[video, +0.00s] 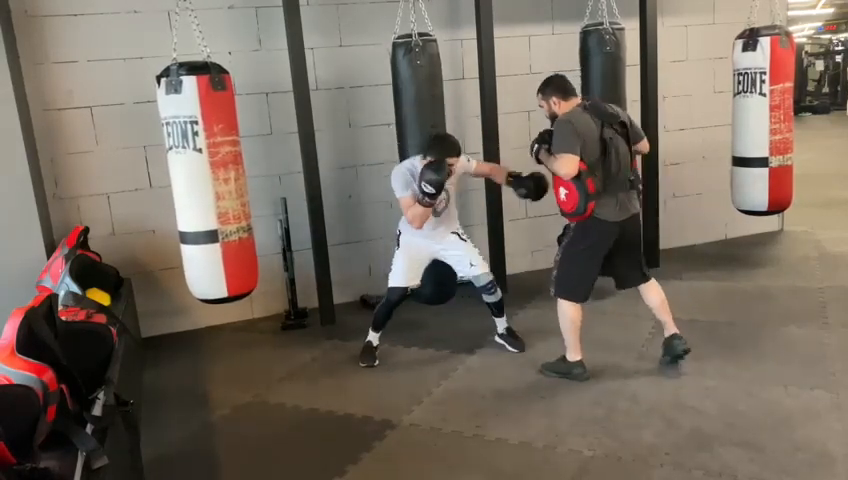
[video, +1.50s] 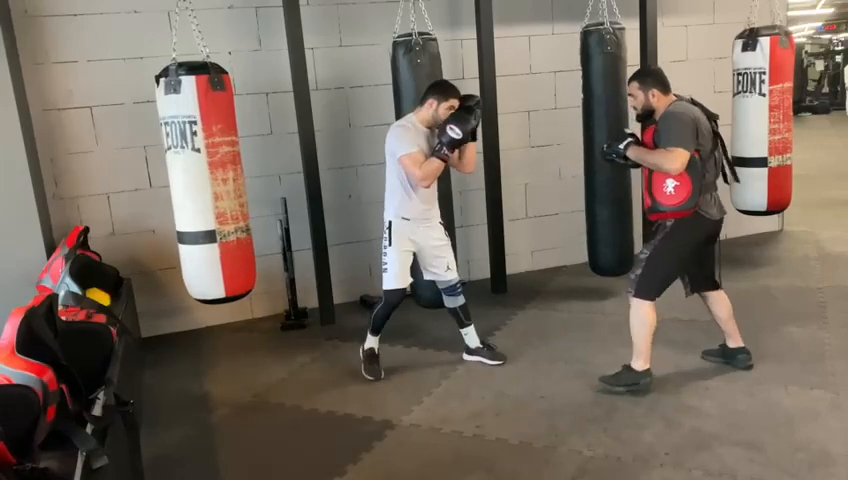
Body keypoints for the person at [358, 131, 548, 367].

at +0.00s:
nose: (453, 170)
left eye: (455, 164)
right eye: (448, 165)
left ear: (457, 160)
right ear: (430, 160)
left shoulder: (456, 164)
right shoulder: (402, 174)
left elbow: (491, 170)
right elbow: (416, 221)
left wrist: (515, 179)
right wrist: (429, 191)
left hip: (450, 235)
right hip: (414, 239)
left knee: (487, 281)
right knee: (397, 293)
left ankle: (503, 330)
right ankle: (371, 342)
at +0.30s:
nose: (428, 118)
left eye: (430, 114)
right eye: (425, 113)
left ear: (419, 110)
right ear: (409, 109)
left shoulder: (419, 131)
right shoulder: (379, 138)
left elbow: (434, 162)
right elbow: (396, 184)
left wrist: (448, 147)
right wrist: (415, 153)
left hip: (424, 216)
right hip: (392, 222)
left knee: (457, 266)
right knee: (381, 283)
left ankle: (474, 328)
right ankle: (369, 340)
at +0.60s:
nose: (431, 116)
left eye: (435, 112)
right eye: (430, 110)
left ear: (427, 110)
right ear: (413, 104)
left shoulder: (420, 132)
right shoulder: (385, 132)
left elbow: (441, 169)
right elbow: (401, 179)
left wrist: (449, 135)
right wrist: (425, 146)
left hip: (420, 218)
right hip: (389, 220)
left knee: (443, 274)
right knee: (379, 281)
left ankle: (462, 334)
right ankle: (368, 342)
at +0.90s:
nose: (423, 121)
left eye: (425, 116)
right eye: (420, 115)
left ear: (410, 113)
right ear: (401, 111)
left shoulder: (415, 139)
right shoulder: (373, 142)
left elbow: (434, 178)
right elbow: (393, 187)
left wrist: (444, 151)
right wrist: (414, 159)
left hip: (416, 223)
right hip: (383, 227)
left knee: (450, 275)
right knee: (378, 290)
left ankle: (462, 334)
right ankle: (368, 348)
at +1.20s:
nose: (425, 113)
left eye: (427, 107)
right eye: (421, 106)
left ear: (412, 106)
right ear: (402, 104)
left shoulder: (416, 132)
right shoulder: (377, 135)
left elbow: (432, 163)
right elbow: (398, 180)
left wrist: (445, 134)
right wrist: (419, 148)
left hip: (419, 222)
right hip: (387, 225)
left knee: (445, 280)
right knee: (377, 288)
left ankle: (471, 344)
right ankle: (368, 347)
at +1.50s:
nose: (451, 116)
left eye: (453, 111)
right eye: (449, 109)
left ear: (437, 107)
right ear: (432, 103)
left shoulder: (436, 133)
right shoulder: (400, 132)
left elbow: (467, 166)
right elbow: (423, 177)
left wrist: (469, 126)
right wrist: (448, 144)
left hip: (430, 223)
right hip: (400, 224)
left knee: (451, 284)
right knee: (395, 292)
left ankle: (474, 346)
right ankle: (370, 347)